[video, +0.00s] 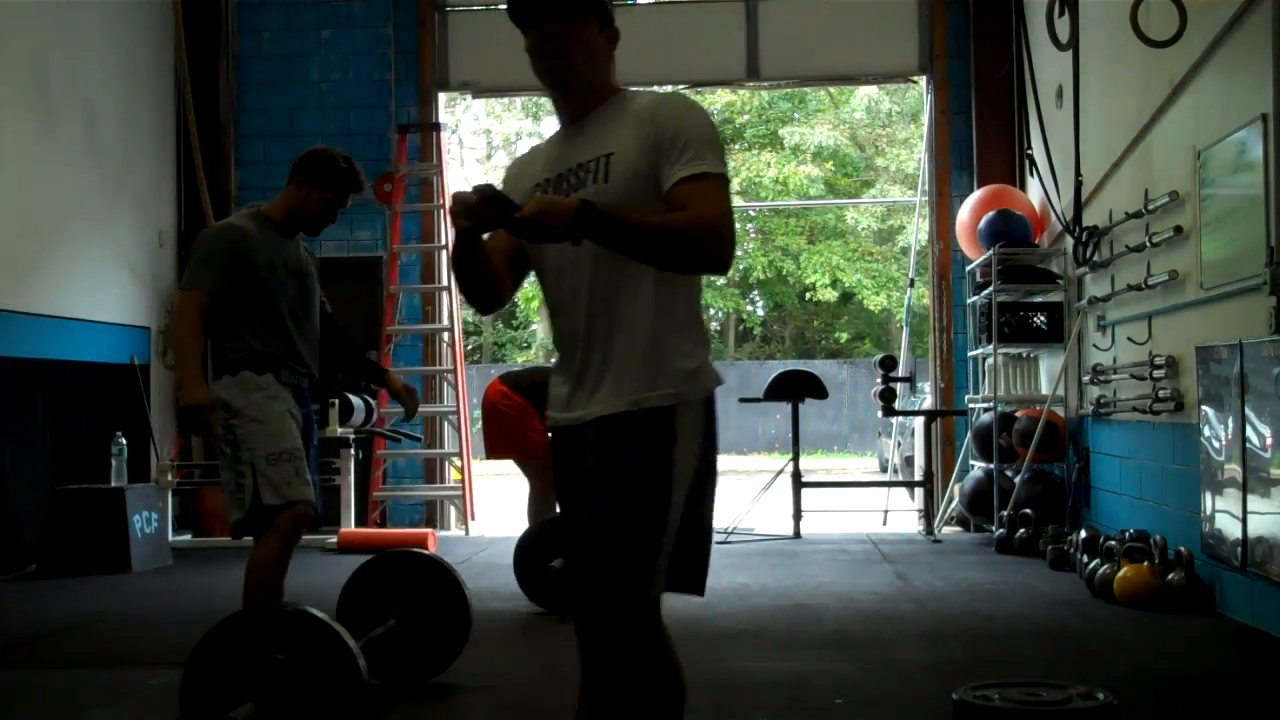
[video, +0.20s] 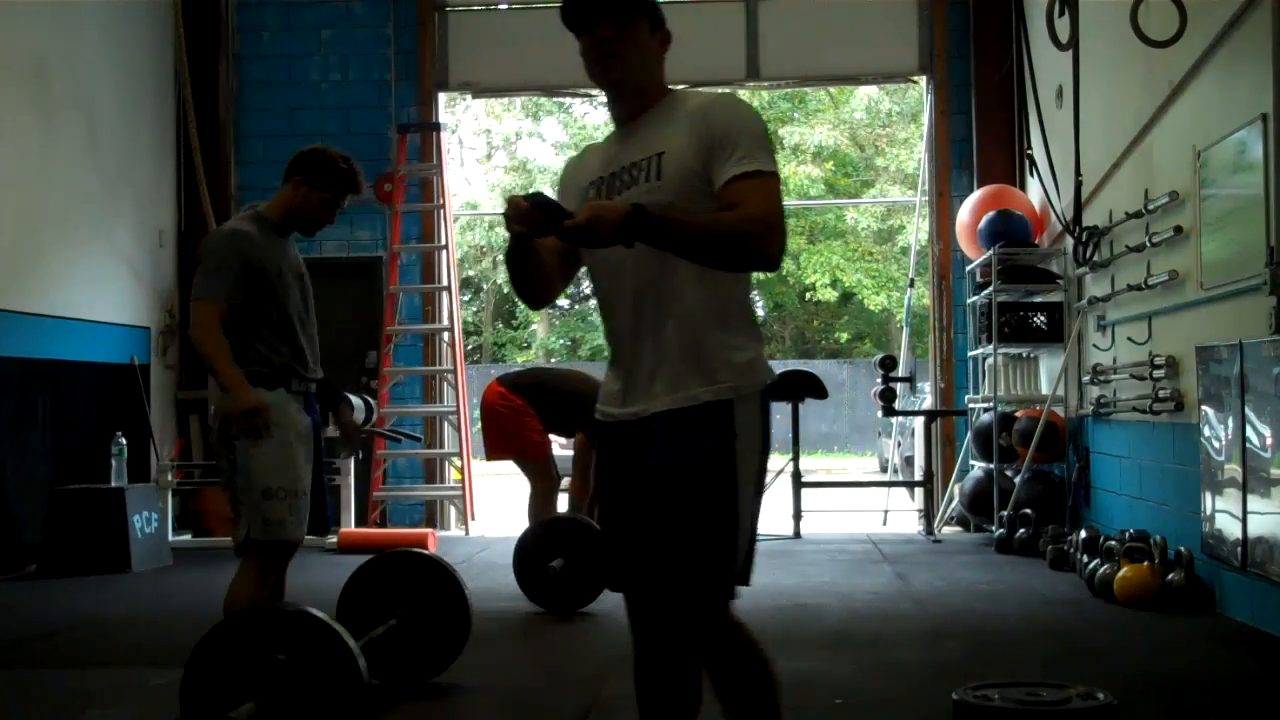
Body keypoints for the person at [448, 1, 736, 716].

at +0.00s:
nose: (546, 47)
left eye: (563, 29)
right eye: (534, 36)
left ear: (609, 35)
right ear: (526, 48)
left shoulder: (668, 117)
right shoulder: (528, 172)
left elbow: (713, 244)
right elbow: (489, 296)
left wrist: (582, 218)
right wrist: (465, 236)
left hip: (660, 399)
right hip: (576, 408)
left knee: (625, 613)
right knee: (602, 616)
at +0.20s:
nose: (600, 49)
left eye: (616, 31)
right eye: (588, 38)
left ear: (660, 36)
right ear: (581, 51)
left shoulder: (720, 118)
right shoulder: (583, 171)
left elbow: (764, 242)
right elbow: (541, 290)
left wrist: (635, 221)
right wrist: (525, 240)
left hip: (715, 396)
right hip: (628, 405)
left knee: (702, 613)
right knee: (651, 618)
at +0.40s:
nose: (674, 44)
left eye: (691, 27)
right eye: (662, 32)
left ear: (732, 37)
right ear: (652, 49)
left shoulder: (790, 129)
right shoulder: (644, 169)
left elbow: (826, 257)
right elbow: (595, 289)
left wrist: (705, 234)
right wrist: (586, 244)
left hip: (779, 409)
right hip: (677, 417)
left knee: (825, 612)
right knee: (669, 620)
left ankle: (903, 715)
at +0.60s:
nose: (759, 49)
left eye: (776, 32)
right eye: (745, 37)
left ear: (812, 46)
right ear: (732, 54)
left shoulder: (870, 138)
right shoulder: (719, 166)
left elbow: (907, 264)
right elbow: (663, 295)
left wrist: (789, 246)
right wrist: (667, 250)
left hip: (861, 419)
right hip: (753, 423)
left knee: (910, 616)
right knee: (715, 619)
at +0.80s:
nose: (820, 46)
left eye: (838, 28)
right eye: (805, 31)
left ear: (876, 38)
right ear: (791, 46)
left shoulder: (936, 134)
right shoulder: (775, 158)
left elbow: (971, 267)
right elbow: (729, 285)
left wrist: (854, 241)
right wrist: (724, 248)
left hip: (910, 411)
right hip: (803, 409)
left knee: (932, 608)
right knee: (758, 594)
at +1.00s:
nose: (847, 58)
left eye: (863, 40)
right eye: (836, 44)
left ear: (907, 40)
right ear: (824, 52)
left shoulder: (968, 135)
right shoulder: (809, 157)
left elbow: (983, 262)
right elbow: (755, 268)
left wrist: (869, 219)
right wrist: (752, 212)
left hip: (929, 407)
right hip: (827, 407)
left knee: (940, 601)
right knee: (802, 584)